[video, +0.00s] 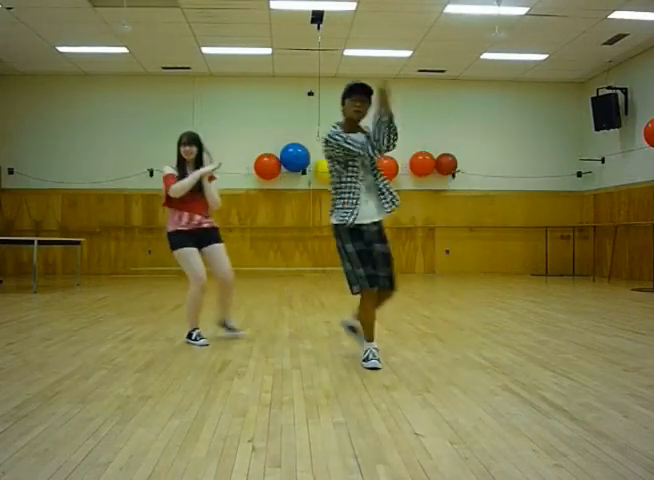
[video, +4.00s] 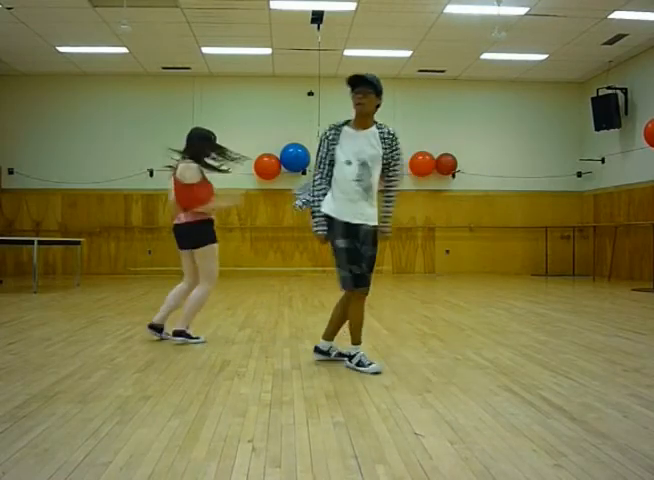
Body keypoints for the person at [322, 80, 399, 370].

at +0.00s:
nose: (359, 108)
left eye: (364, 104)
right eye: (354, 102)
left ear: (367, 109)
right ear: (343, 104)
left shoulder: (366, 136)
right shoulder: (333, 138)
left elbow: (388, 143)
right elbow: (361, 148)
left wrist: (385, 111)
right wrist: (374, 123)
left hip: (373, 219)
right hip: (348, 220)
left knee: (386, 287)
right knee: (368, 286)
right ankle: (369, 346)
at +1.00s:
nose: (302, 103)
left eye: (305, 98)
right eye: (295, 100)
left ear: (311, 103)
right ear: (284, 107)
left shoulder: (323, 137)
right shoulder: (278, 145)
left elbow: (345, 165)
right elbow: (296, 185)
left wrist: (363, 177)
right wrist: (334, 186)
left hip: (327, 227)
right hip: (296, 229)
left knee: (351, 288)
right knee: (271, 292)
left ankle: (353, 343)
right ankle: (232, 344)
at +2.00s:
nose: (428, 103)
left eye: (431, 98)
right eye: (421, 100)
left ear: (438, 102)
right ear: (410, 107)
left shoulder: (454, 134)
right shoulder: (402, 144)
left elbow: (464, 178)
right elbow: (406, 191)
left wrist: (459, 217)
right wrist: (421, 231)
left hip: (458, 222)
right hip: (429, 227)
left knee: (467, 289)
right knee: (445, 291)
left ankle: (463, 346)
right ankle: (443, 339)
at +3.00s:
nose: (393, 105)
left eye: (399, 101)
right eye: (389, 101)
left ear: (412, 105)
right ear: (386, 106)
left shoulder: (417, 131)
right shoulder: (401, 137)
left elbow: (434, 166)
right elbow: (408, 175)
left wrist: (410, 205)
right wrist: (393, 205)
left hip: (399, 227)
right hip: (384, 228)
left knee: (413, 293)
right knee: (362, 290)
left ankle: (468, 347)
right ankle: (401, 350)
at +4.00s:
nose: (359, 99)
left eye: (365, 95)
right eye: (356, 95)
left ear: (378, 100)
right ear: (350, 99)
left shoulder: (386, 137)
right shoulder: (333, 134)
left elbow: (391, 181)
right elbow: (320, 176)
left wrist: (385, 220)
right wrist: (318, 216)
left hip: (367, 218)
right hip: (338, 215)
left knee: (356, 287)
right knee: (357, 286)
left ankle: (325, 344)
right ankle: (355, 351)